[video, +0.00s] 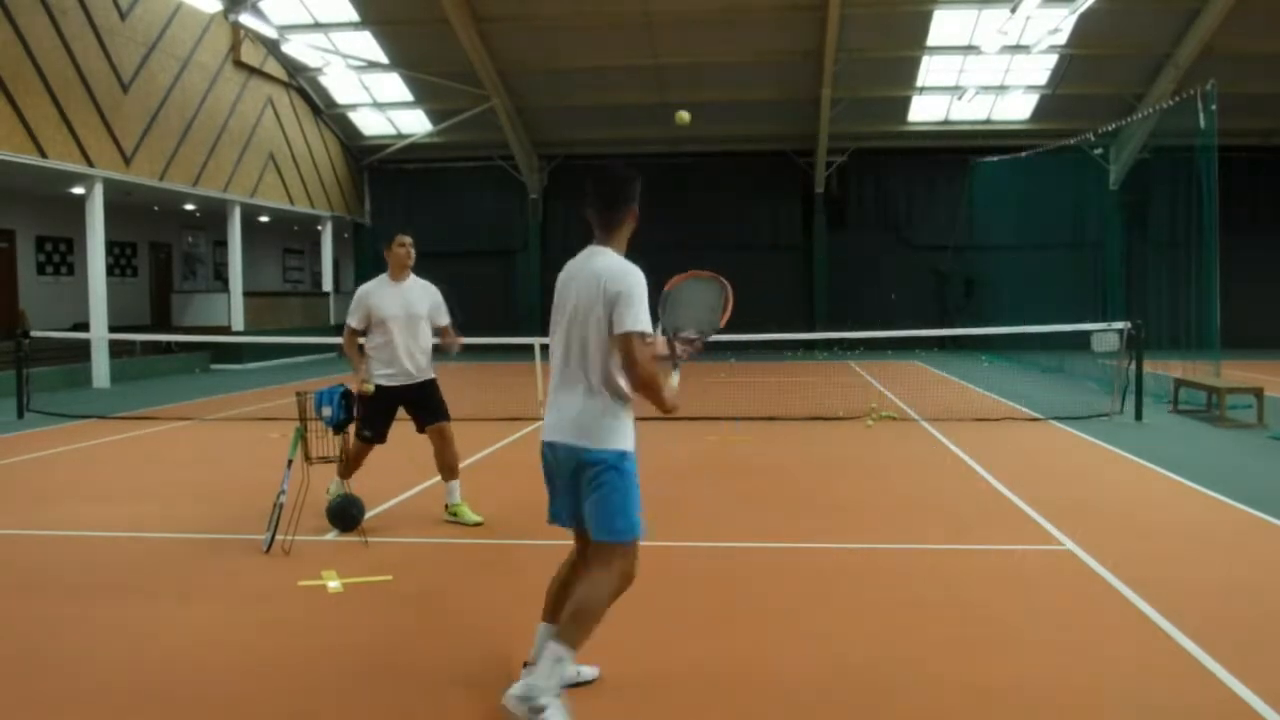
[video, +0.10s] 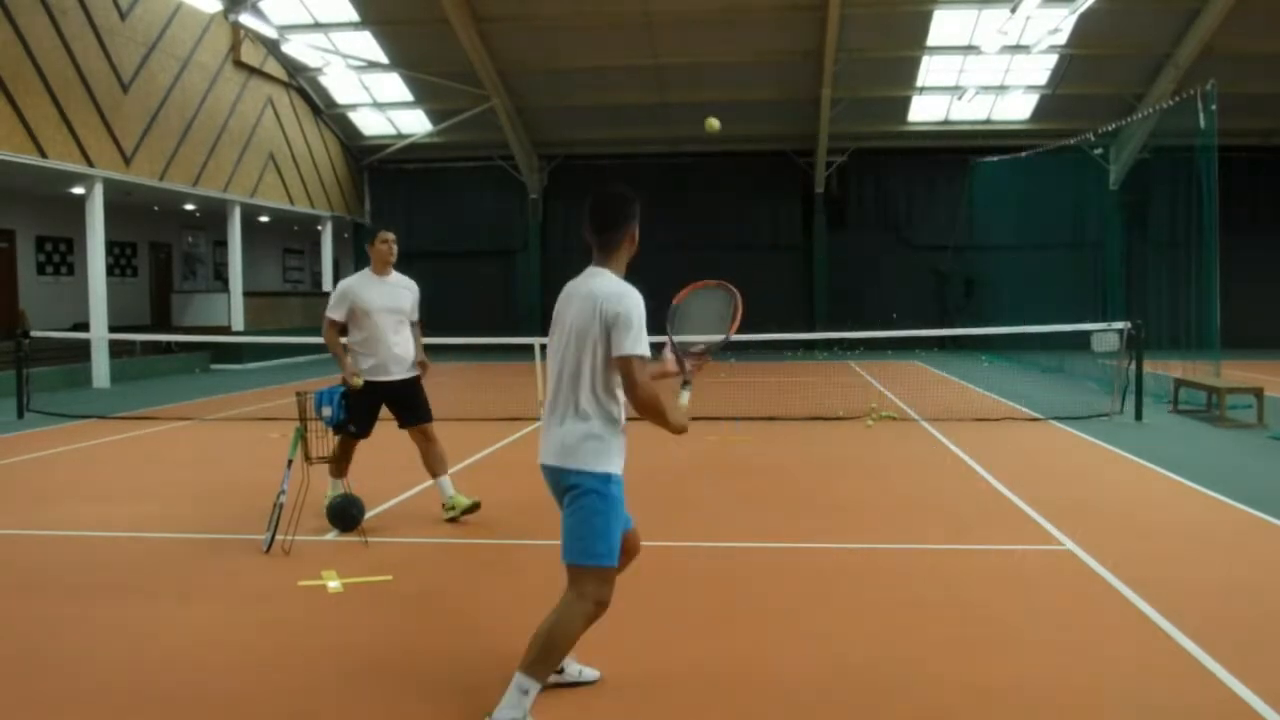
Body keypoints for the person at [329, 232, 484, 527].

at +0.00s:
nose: (409, 251)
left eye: (411, 247)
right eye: (402, 246)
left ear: (415, 254)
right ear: (387, 253)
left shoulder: (429, 290)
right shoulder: (367, 293)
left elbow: (445, 331)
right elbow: (349, 338)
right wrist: (360, 370)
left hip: (421, 380)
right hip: (381, 382)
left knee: (442, 433)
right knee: (364, 443)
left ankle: (454, 502)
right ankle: (338, 487)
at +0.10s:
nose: (391, 248)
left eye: (394, 243)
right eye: (385, 243)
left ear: (397, 249)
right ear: (370, 249)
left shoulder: (409, 287)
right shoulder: (349, 287)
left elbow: (414, 325)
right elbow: (330, 331)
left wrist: (419, 352)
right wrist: (345, 367)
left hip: (404, 377)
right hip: (365, 379)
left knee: (425, 434)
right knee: (348, 441)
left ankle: (451, 498)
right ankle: (335, 496)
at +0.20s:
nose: (378, 245)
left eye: (380, 240)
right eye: (371, 240)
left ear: (383, 246)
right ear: (356, 247)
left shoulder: (392, 283)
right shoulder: (338, 284)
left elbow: (396, 321)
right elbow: (313, 326)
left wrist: (404, 350)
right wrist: (332, 367)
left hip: (391, 375)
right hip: (353, 378)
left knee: (412, 431)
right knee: (341, 439)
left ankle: (432, 493)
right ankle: (334, 495)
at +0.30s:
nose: (366, 242)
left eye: (369, 237)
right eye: (359, 237)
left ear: (372, 243)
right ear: (345, 242)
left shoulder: (380, 279)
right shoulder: (329, 281)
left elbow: (383, 320)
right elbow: (306, 326)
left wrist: (397, 347)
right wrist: (324, 363)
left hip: (380, 371)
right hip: (346, 375)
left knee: (399, 426)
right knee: (339, 436)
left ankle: (405, 491)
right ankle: (334, 494)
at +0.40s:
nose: (358, 242)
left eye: (361, 237)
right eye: (352, 237)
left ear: (365, 243)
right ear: (338, 242)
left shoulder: (372, 277)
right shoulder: (323, 280)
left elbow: (374, 317)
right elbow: (303, 326)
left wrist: (392, 342)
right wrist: (324, 365)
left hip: (372, 370)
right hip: (339, 373)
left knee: (386, 423)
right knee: (337, 435)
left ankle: (376, 482)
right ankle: (333, 493)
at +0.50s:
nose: (354, 242)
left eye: (356, 237)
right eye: (347, 237)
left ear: (359, 243)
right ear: (333, 242)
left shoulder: (367, 278)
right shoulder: (320, 280)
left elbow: (369, 318)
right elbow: (304, 327)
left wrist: (388, 342)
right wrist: (325, 365)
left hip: (365, 369)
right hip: (334, 372)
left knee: (371, 424)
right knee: (337, 433)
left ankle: (353, 478)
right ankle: (332, 494)